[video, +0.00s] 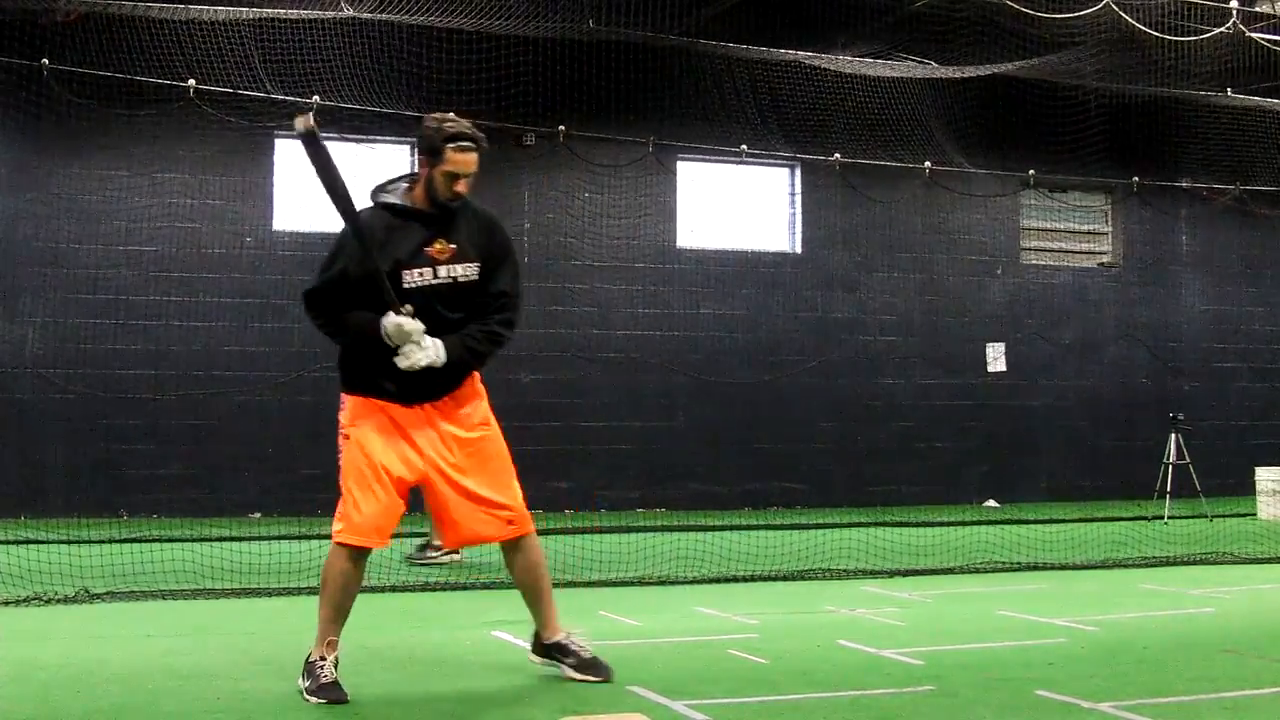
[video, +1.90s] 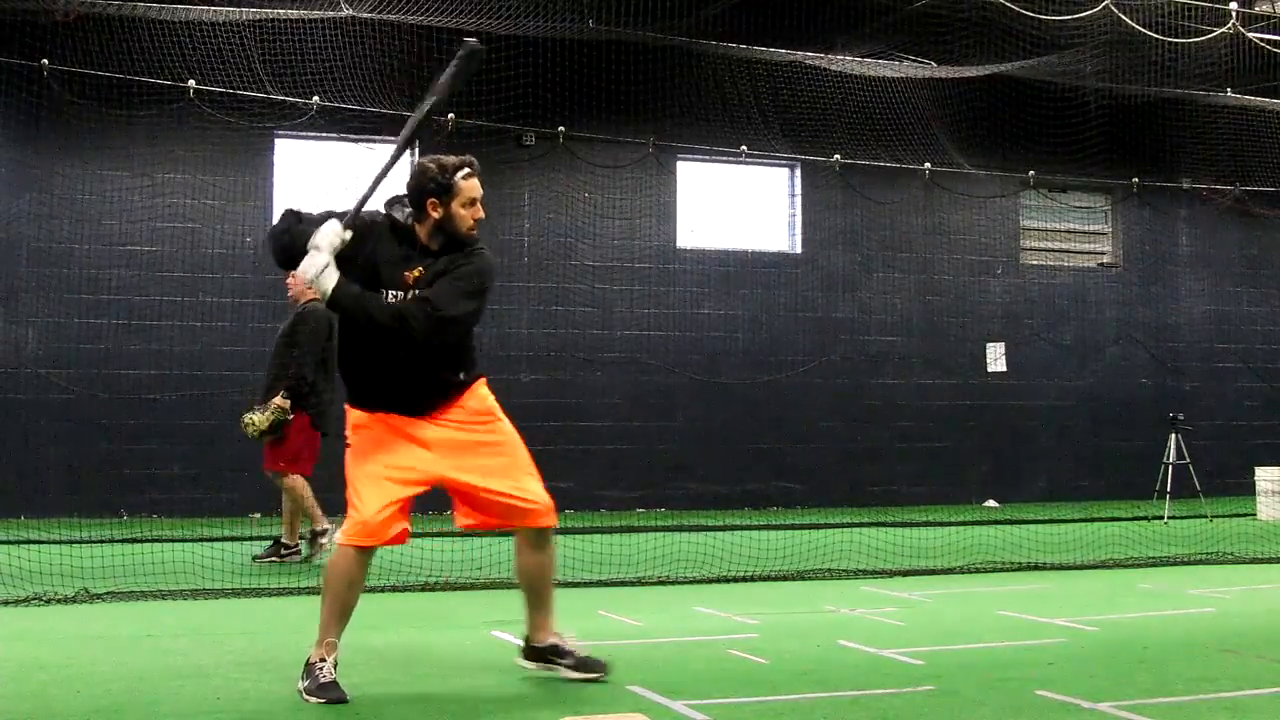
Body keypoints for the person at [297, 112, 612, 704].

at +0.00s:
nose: (463, 187)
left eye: (471, 177)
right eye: (454, 175)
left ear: (478, 172)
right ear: (424, 165)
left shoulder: (486, 233)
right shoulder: (372, 229)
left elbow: (501, 317)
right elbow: (324, 301)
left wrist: (446, 350)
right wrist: (379, 327)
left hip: (460, 403)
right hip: (377, 407)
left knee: (515, 521)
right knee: (357, 533)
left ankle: (549, 636)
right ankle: (323, 655)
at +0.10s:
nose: (447, 180)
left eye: (454, 169)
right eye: (437, 169)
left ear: (460, 166)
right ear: (405, 161)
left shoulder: (467, 223)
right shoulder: (356, 223)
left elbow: (489, 312)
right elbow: (303, 296)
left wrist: (428, 334)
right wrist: (360, 315)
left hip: (450, 398)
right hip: (369, 406)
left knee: (498, 521)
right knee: (350, 534)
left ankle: (512, 630)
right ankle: (322, 656)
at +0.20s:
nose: (469, 147)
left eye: (468, 138)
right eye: (461, 138)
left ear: (436, 146)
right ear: (426, 146)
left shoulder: (473, 199)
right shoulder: (373, 207)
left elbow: (494, 250)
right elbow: (312, 270)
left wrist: (420, 214)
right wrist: (370, 219)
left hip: (462, 391)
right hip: (384, 394)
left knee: (478, 527)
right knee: (362, 528)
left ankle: (468, 645)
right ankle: (323, 657)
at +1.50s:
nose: (452, 184)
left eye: (452, 174)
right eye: (443, 175)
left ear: (418, 178)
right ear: (407, 179)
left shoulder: (444, 237)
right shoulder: (343, 217)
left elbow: (436, 310)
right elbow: (261, 266)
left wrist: (375, 287)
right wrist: (324, 257)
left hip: (409, 400)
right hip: (333, 404)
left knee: (444, 517)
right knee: (341, 530)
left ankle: (426, 641)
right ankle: (319, 659)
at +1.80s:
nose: (469, 205)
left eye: (470, 194)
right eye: (460, 196)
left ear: (436, 198)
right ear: (422, 199)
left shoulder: (460, 258)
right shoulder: (359, 229)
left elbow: (429, 332)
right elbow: (271, 249)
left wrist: (334, 310)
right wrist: (300, 265)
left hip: (440, 401)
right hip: (359, 411)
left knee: (502, 499)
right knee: (348, 531)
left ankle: (481, 627)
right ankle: (322, 658)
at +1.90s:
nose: (480, 213)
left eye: (481, 202)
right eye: (470, 203)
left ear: (448, 206)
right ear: (432, 207)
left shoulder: (472, 264)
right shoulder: (373, 235)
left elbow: (414, 322)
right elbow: (285, 234)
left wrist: (331, 285)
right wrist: (314, 240)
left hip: (463, 409)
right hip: (381, 419)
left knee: (537, 516)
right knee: (363, 531)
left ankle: (543, 641)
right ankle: (323, 658)